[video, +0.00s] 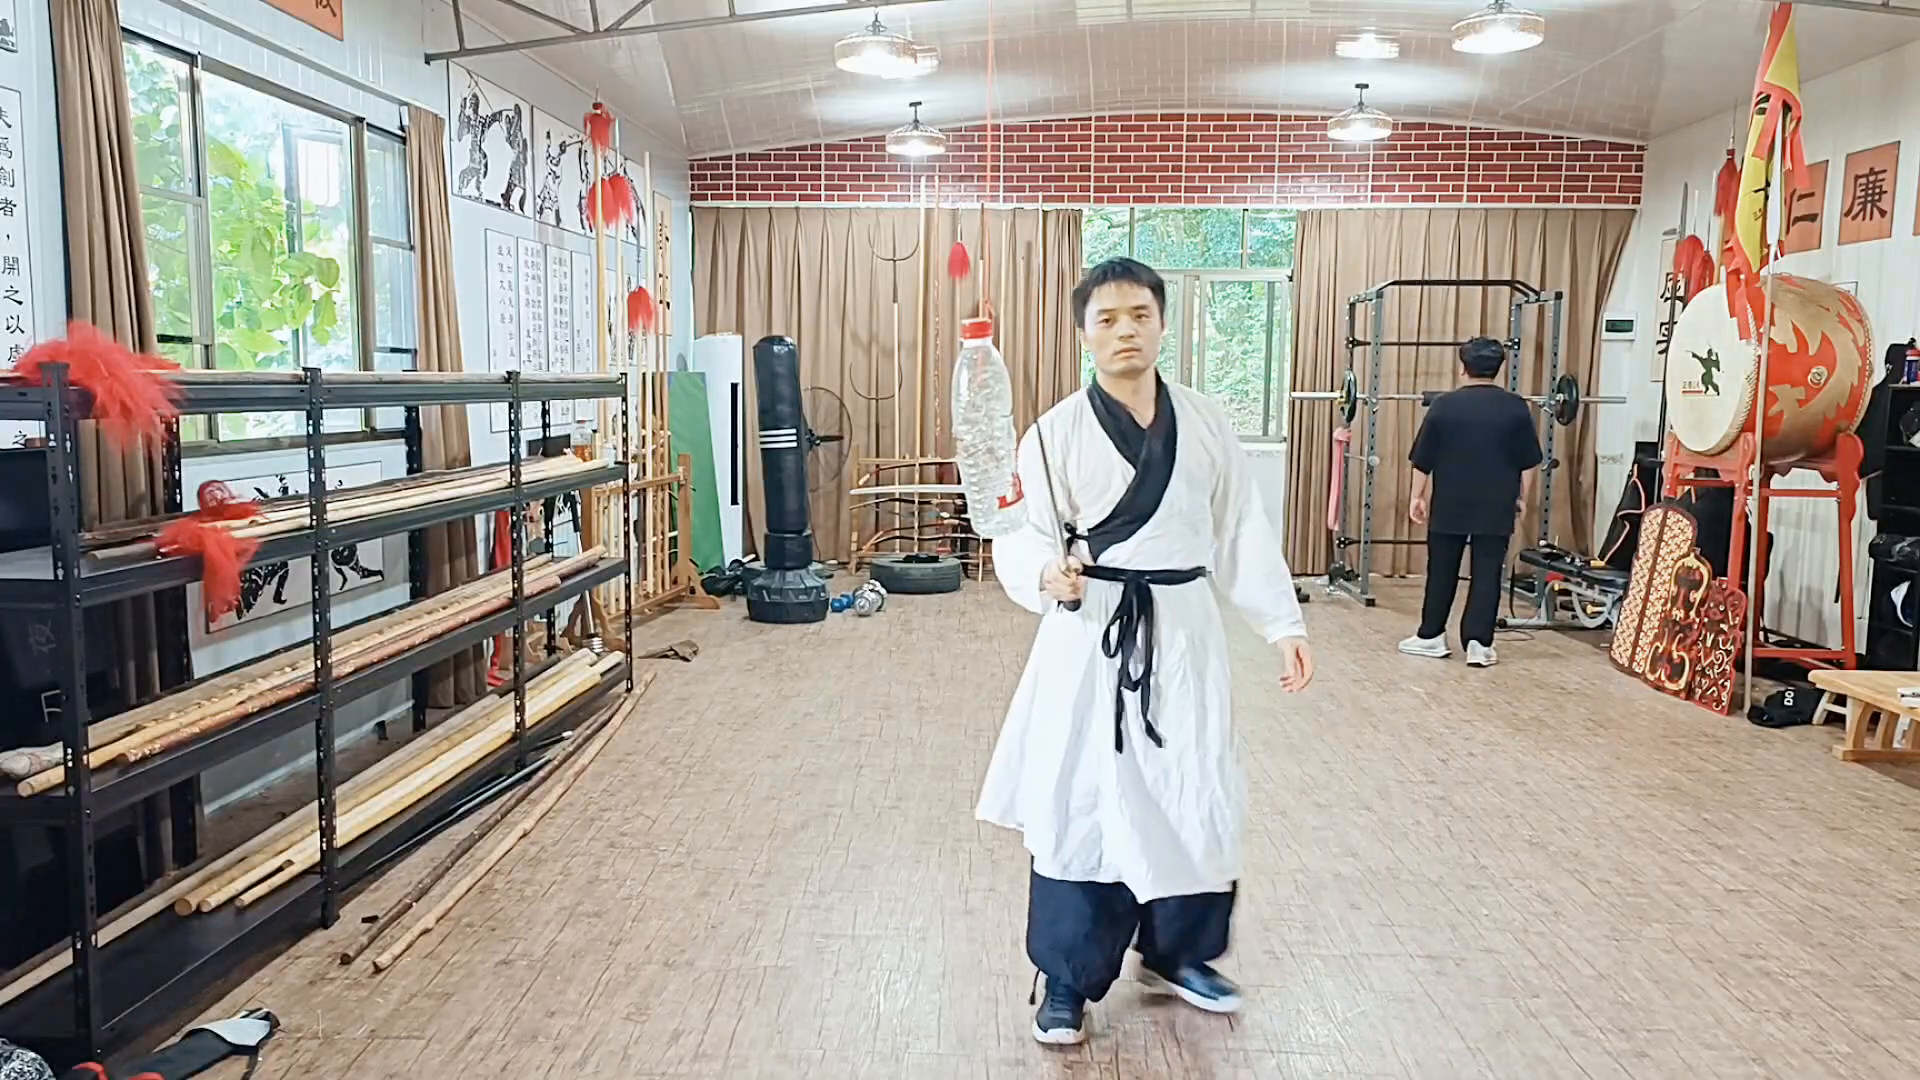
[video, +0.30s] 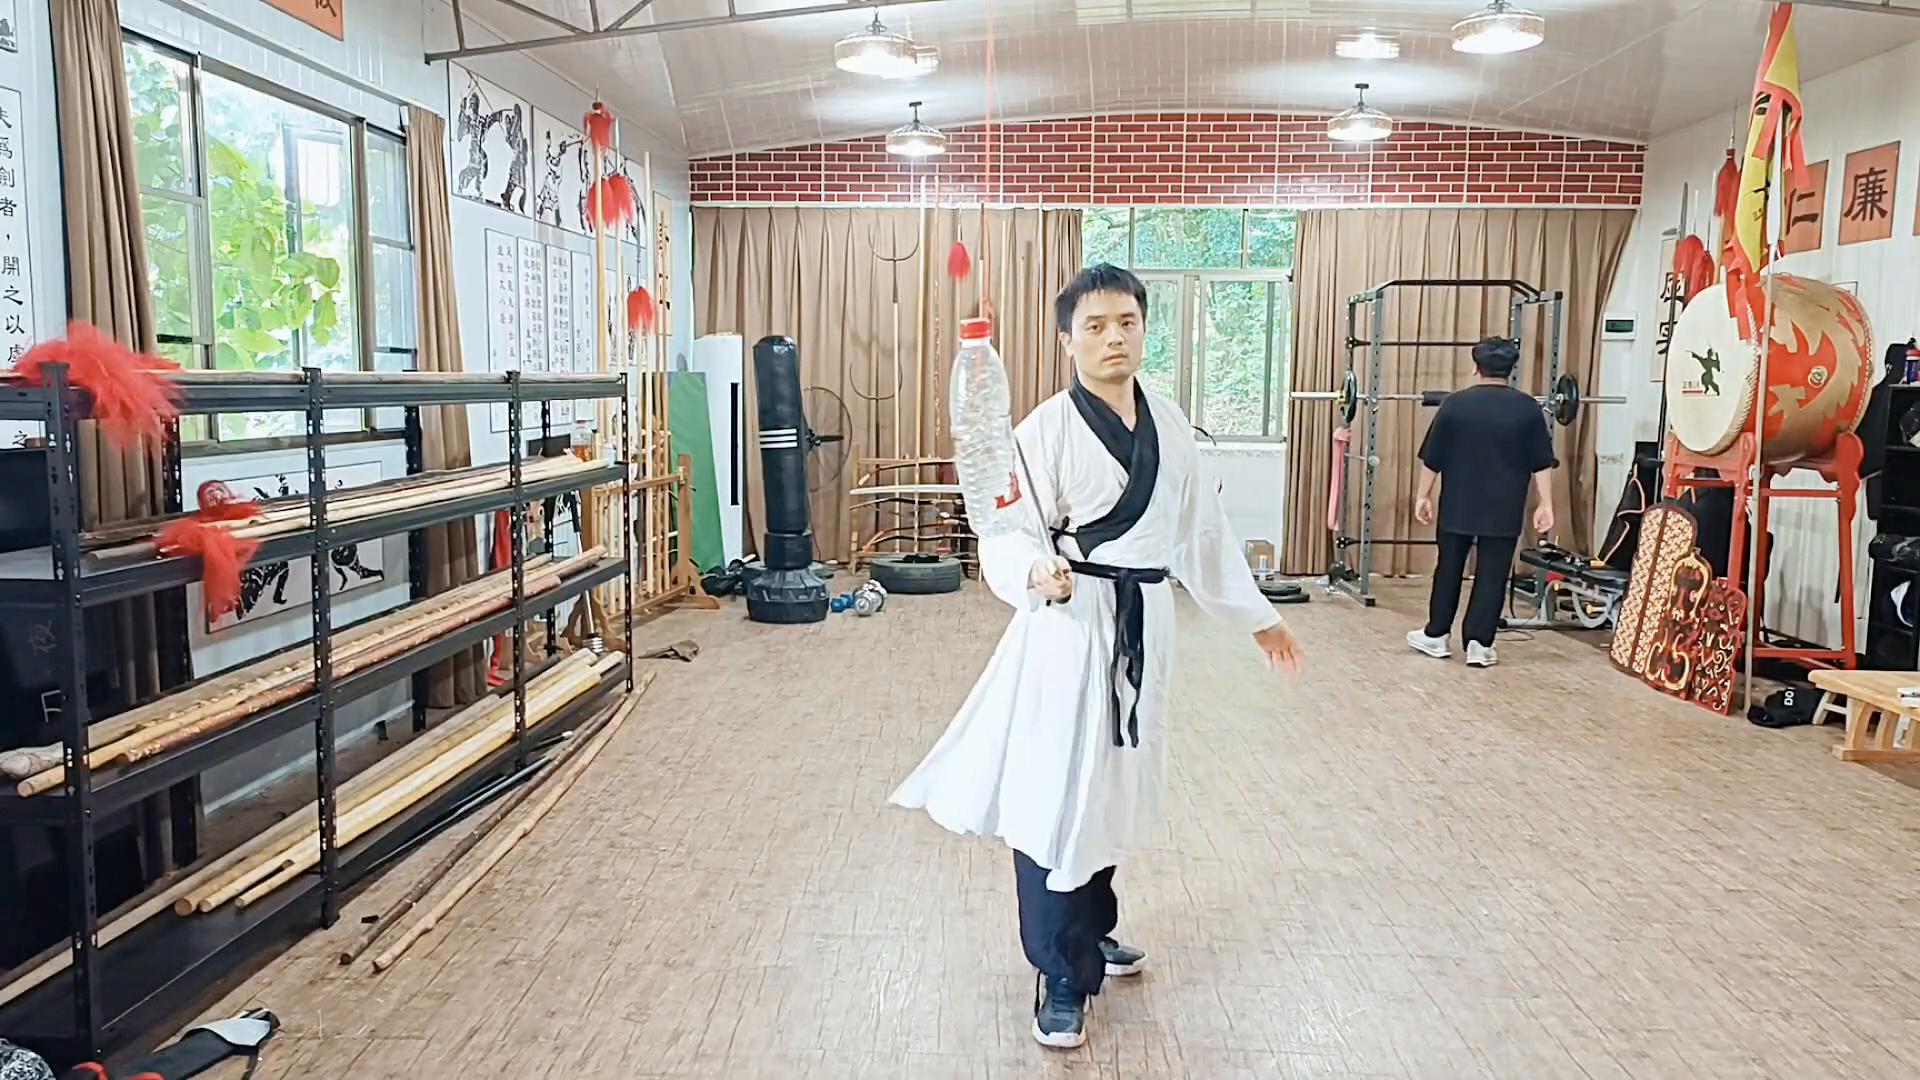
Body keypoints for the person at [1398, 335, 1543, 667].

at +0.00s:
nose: (1457, 369)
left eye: (1460, 365)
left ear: (1464, 368)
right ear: (1499, 369)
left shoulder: (1445, 404)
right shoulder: (1515, 407)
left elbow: (1424, 458)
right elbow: (1530, 461)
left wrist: (1417, 494)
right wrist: (1523, 499)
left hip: (1449, 506)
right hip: (1495, 510)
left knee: (1440, 575)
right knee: (1486, 579)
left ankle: (1430, 638)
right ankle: (1478, 645)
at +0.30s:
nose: (1471, 368)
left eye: (1473, 364)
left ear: (1477, 368)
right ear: (1511, 369)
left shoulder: (1456, 402)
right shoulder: (1528, 408)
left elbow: (1433, 456)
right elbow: (1542, 462)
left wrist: (1422, 494)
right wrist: (1546, 504)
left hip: (1457, 508)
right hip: (1503, 513)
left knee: (1447, 572)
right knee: (1492, 579)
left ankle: (1435, 637)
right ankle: (1478, 646)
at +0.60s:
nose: (1476, 367)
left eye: (1477, 363)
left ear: (1481, 366)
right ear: (1515, 369)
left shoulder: (1458, 402)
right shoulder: (1530, 408)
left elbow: (1434, 455)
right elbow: (1542, 464)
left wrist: (1423, 493)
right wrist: (1541, 504)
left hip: (1459, 507)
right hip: (1504, 512)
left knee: (1447, 569)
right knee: (1492, 579)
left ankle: (1434, 634)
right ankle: (1479, 646)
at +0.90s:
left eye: (1471, 365)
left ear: (1472, 368)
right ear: (1506, 369)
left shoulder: (1451, 404)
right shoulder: (1523, 408)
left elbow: (1429, 459)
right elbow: (1533, 466)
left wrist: (1423, 494)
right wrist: (1526, 503)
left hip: (1454, 507)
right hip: (1500, 511)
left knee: (1445, 572)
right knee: (1490, 579)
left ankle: (1429, 634)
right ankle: (1479, 645)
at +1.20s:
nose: (1447, 369)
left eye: (1449, 365)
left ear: (1451, 369)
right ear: (1484, 369)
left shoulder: (1435, 404)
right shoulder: (1502, 406)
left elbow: (1415, 460)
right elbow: (1517, 462)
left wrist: (1409, 498)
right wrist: (1514, 502)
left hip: (1440, 509)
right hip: (1485, 511)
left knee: (1434, 574)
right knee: (1481, 579)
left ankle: (1426, 634)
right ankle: (1478, 644)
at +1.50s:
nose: (1425, 369)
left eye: (1427, 365)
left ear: (1429, 369)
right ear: (1461, 369)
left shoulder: (1414, 406)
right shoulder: (1479, 404)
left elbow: (1392, 459)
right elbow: (1494, 455)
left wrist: (1383, 498)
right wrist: (1493, 492)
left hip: (1420, 508)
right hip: (1463, 508)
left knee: (1420, 573)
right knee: (1463, 566)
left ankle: (1425, 634)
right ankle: (1471, 622)